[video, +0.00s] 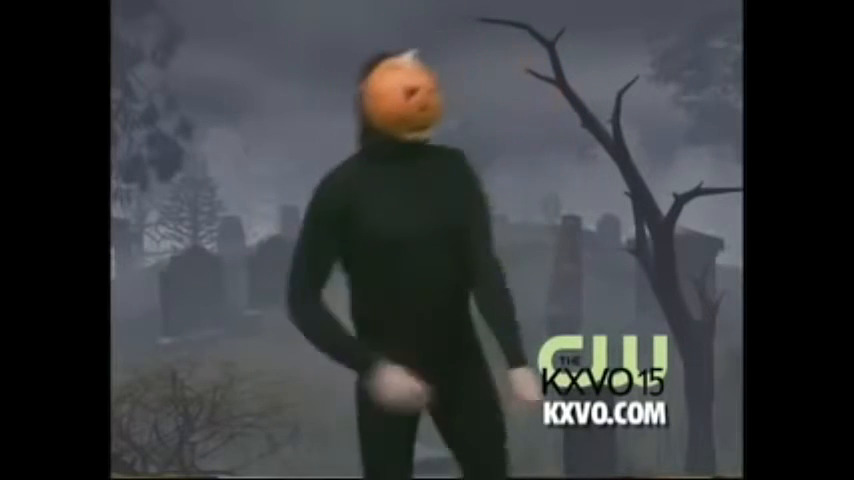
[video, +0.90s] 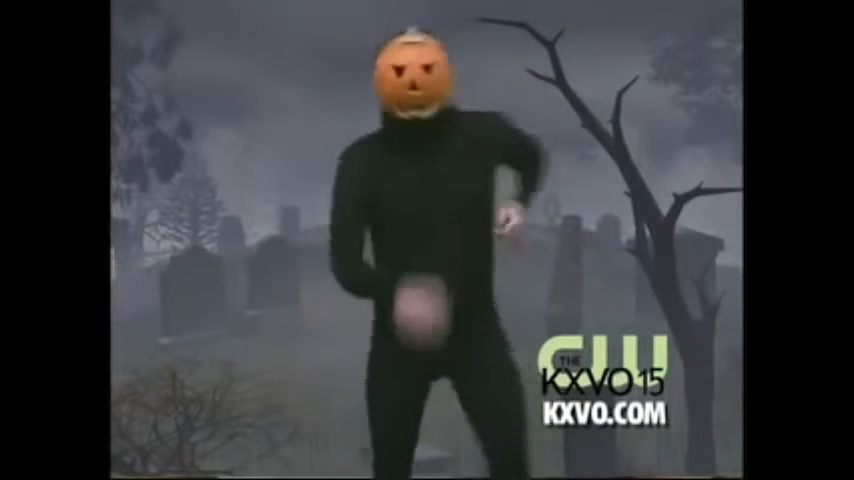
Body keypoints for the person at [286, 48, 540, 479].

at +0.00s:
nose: (419, 93)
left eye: (425, 85)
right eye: (402, 87)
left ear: (438, 98)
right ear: (368, 105)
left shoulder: (453, 170)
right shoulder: (343, 186)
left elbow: (484, 271)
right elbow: (302, 301)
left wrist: (516, 360)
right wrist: (370, 366)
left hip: (458, 359)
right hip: (384, 363)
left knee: (490, 469)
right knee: (387, 473)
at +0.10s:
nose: (397, 117)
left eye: (399, 108)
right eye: (380, 114)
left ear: (410, 114)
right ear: (343, 133)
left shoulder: (426, 178)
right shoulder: (324, 210)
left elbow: (477, 268)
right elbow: (349, 321)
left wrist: (516, 346)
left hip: (453, 363)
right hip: (382, 378)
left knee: (531, 463)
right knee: (379, 471)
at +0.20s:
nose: (385, 118)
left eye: (386, 109)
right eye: (365, 112)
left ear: (399, 117)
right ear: (330, 129)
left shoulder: (410, 180)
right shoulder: (322, 215)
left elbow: (448, 244)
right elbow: (361, 304)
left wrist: (490, 302)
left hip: (444, 349)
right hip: (382, 373)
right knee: (382, 473)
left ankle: (520, 474)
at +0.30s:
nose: (381, 88)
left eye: (380, 78)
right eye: (362, 85)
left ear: (394, 85)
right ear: (325, 108)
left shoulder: (398, 152)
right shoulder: (326, 190)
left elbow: (424, 231)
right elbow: (406, 271)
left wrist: (457, 266)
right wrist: (447, 168)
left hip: (443, 323)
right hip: (391, 350)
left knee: (549, 332)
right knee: (391, 470)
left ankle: (484, 452)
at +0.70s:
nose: (397, 107)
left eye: (400, 96)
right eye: (379, 103)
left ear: (417, 107)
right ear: (352, 125)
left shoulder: (423, 177)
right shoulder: (341, 211)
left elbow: (444, 244)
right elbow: (385, 294)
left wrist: (479, 281)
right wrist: (429, 225)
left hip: (444, 349)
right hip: (384, 368)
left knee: (555, 391)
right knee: (387, 471)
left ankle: (520, 474)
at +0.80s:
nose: (415, 95)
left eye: (425, 84)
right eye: (399, 87)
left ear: (438, 95)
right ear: (371, 103)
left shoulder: (456, 153)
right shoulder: (353, 187)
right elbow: (353, 297)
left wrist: (496, 221)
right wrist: (401, 241)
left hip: (456, 337)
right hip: (389, 349)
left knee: (547, 427)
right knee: (386, 470)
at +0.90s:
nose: (414, 79)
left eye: (427, 67)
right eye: (399, 69)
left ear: (448, 75)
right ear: (379, 81)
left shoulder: (483, 133)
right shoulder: (362, 159)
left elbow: (530, 156)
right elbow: (347, 266)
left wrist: (518, 202)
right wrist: (394, 288)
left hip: (476, 336)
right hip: (397, 343)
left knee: (511, 462)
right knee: (391, 468)